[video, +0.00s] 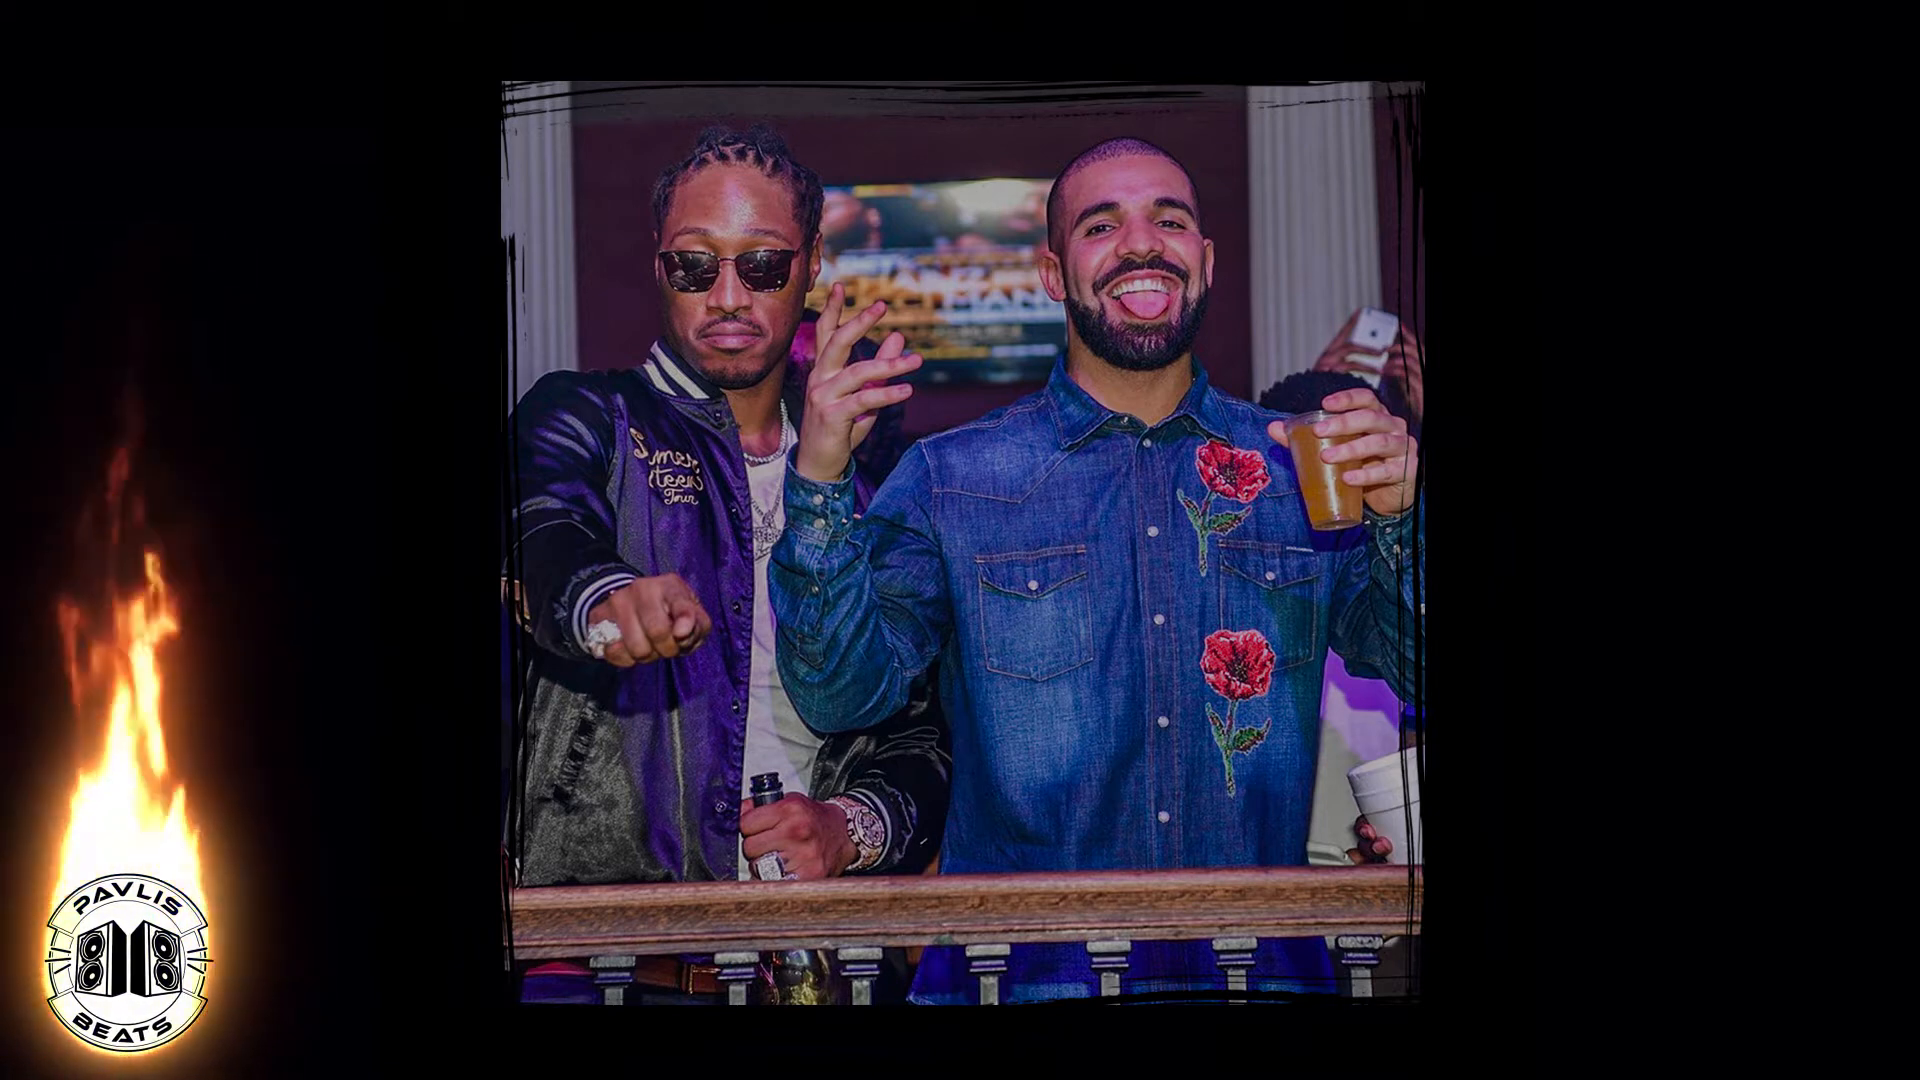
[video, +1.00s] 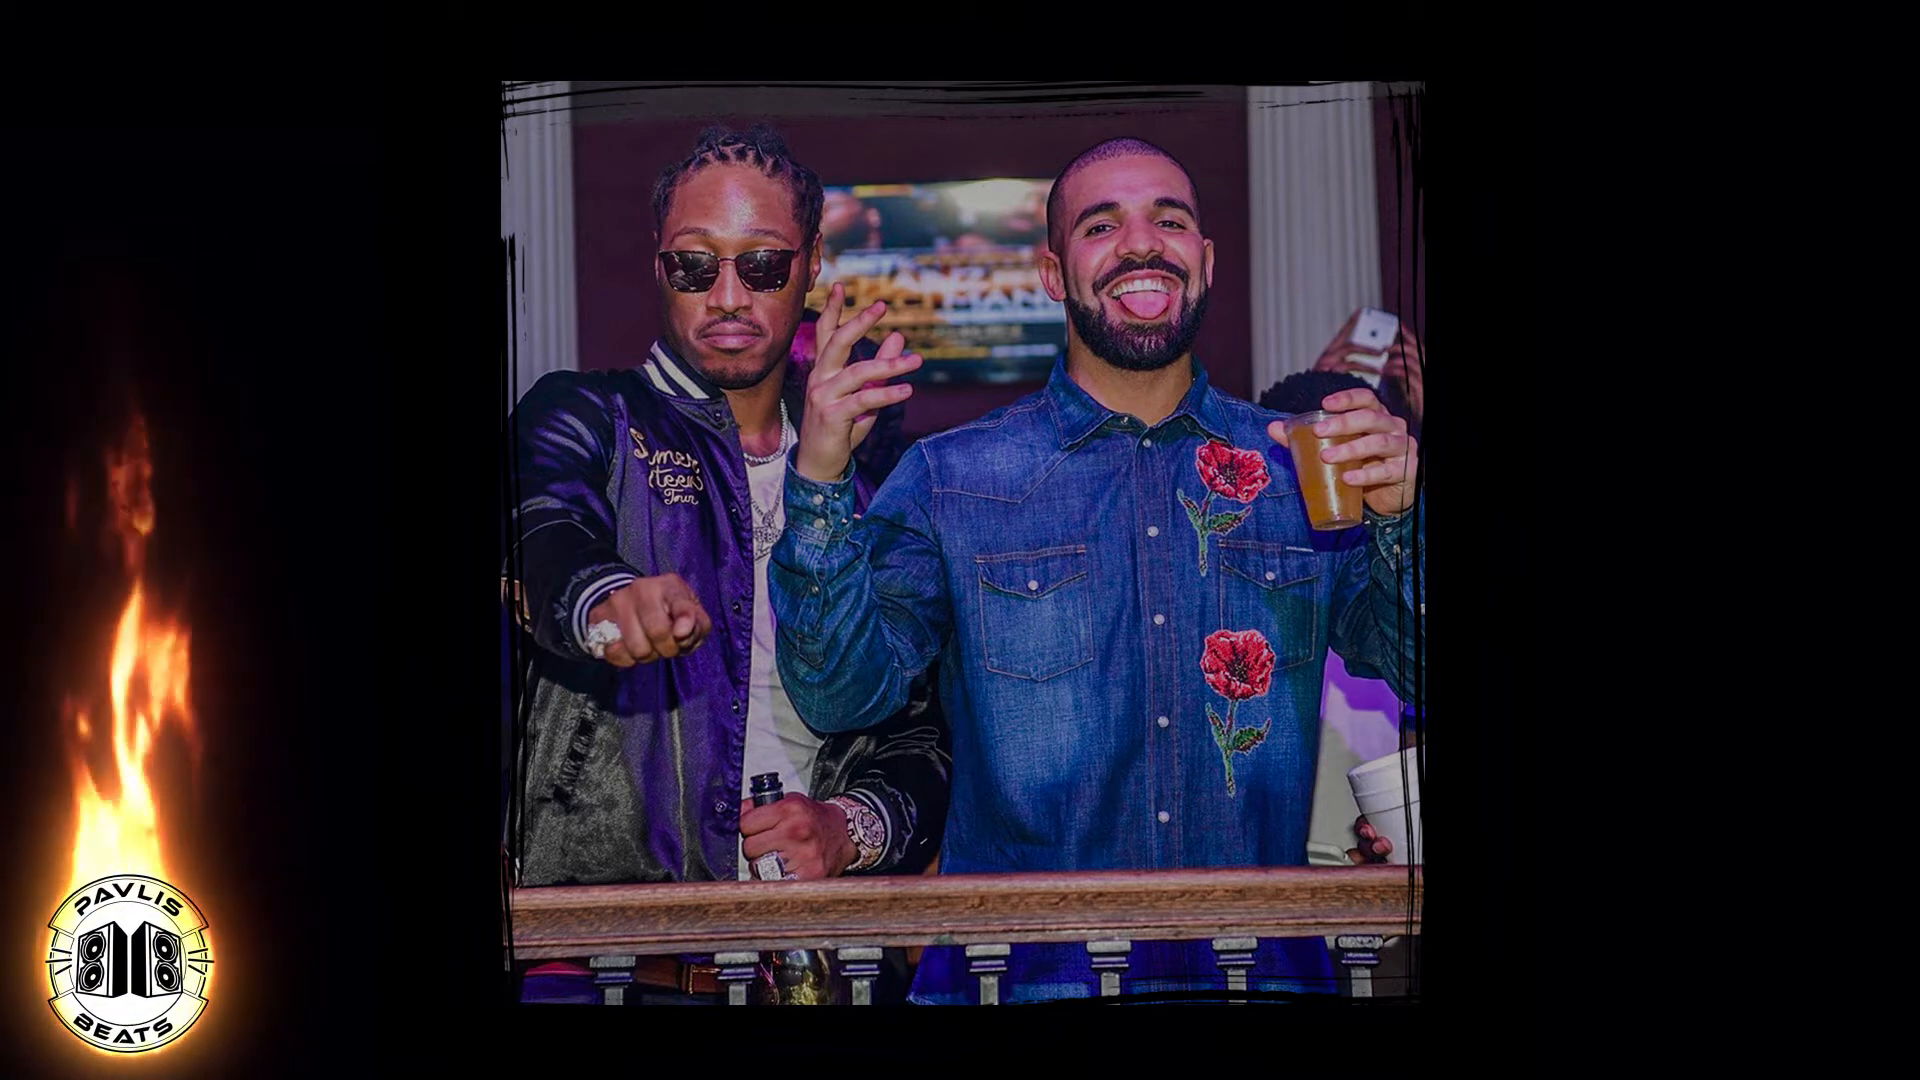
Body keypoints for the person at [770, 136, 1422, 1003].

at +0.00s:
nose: (1142, 242)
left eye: (1170, 219)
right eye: (1102, 225)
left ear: (1207, 259)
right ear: (1055, 273)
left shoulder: (1304, 469)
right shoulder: (945, 478)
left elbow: (1413, 673)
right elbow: (840, 692)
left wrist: (1402, 516)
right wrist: (818, 475)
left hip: (1255, 955)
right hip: (1022, 963)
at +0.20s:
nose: (1142, 242)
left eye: (1170, 219)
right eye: (1102, 225)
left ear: (1207, 259)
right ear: (1055, 273)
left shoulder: (1304, 469)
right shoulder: (945, 478)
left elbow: (1413, 673)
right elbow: (840, 692)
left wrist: (1402, 516)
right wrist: (818, 475)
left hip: (1255, 955)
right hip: (1022, 963)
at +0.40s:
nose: (1141, 242)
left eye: (1170, 219)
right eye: (1102, 225)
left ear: (1208, 259)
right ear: (1054, 273)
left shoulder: (1305, 468)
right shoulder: (945, 478)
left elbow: (1410, 671)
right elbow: (841, 692)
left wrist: (1401, 516)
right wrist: (818, 476)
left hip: (1256, 953)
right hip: (1022, 962)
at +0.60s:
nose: (1141, 242)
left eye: (1170, 219)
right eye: (1102, 225)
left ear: (1208, 259)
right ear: (1054, 273)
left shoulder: (1305, 469)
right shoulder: (945, 479)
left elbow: (1410, 670)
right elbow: (840, 692)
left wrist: (1402, 515)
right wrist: (818, 477)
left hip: (1256, 954)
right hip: (1022, 961)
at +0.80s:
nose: (1141, 243)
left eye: (1169, 220)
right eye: (1102, 225)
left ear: (1208, 258)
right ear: (1055, 272)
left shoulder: (1305, 469)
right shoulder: (945, 479)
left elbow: (1410, 670)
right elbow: (840, 693)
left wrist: (1402, 515)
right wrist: (818, 475)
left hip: (1255, 953)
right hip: (1020, 963)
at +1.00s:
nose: (1141, 243)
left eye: (1169, 220)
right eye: (1102, 225)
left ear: (1208, 258)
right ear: (1055, 272)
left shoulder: (1305, 469)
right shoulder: (945, 479)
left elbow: (1410, 671)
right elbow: (840, 693)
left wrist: (1402, 515)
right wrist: (818, 475)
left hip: (1255, 953)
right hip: (1020, 963)